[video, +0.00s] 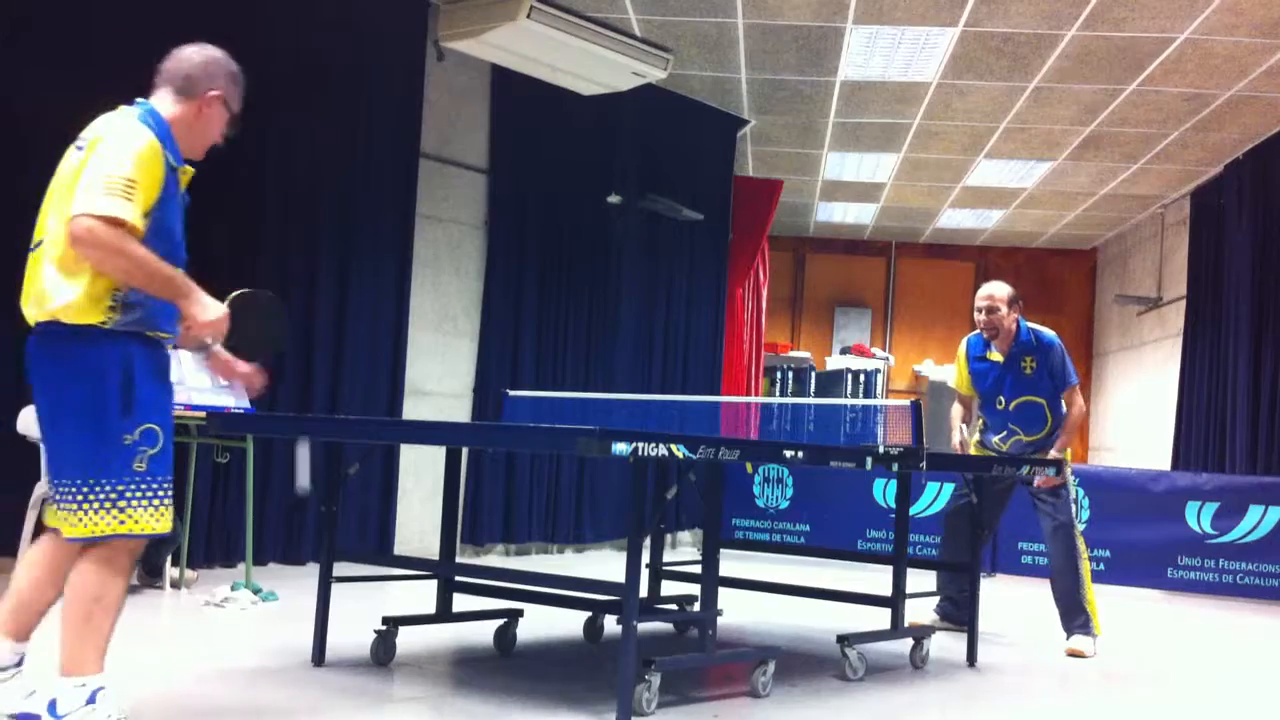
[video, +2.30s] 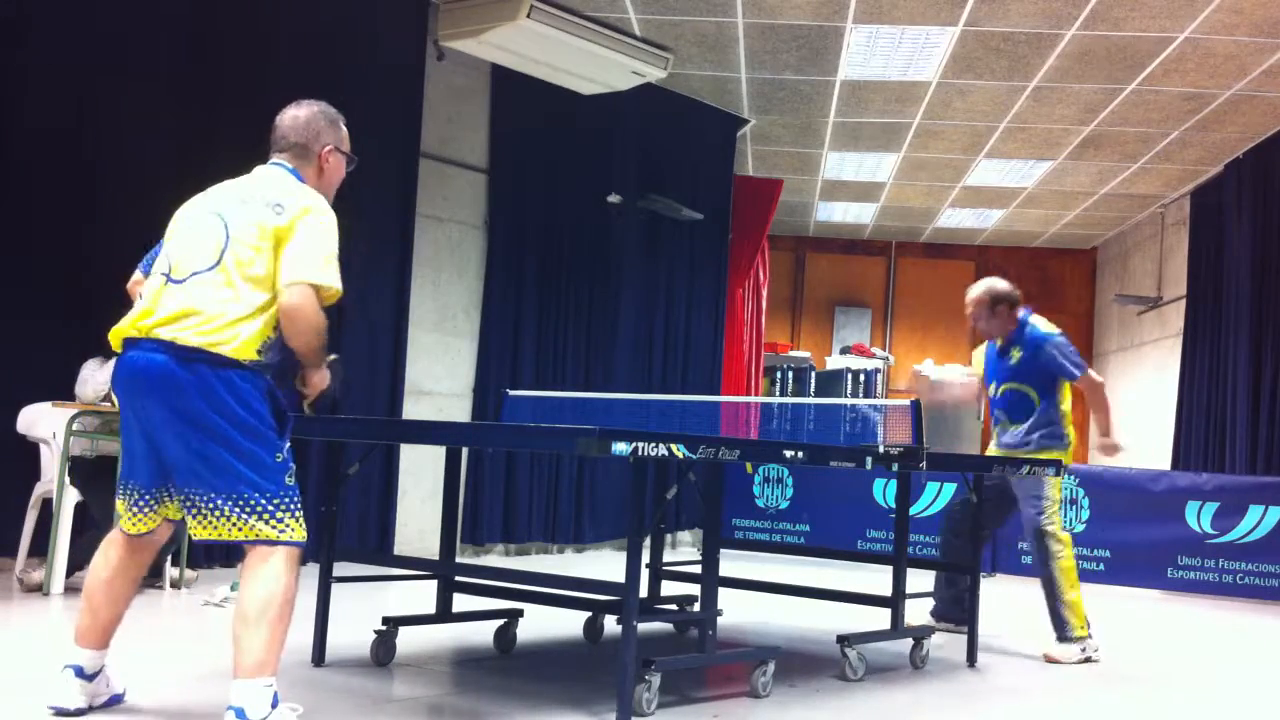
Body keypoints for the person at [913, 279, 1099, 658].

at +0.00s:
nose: (984, 318)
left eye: (992, 311)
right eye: (979, 311)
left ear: (1014, 313)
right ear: (973, 314)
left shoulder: (1045, 343)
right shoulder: (970, 347)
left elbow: (1077, 406)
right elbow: (963, 401)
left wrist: (1056, 453)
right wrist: (958, 430)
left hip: (1043, 454)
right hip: (991, 453)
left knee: (1062, 533)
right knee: (959, 522)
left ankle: (1080, 631)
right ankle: (954, 613)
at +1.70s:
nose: (958, 321)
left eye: (966, 312)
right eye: (954, 315)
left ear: (990, 310)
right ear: (953, 316)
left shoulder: (1023, 339)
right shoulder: (962, 349)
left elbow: (1062, 396)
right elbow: (962, 404)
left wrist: (1025, 434)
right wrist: (940, 425)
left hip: (1038, 453)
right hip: (994, 452)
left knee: (1043, 529)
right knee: (955, 523)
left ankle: (1075, 631)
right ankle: (954, 613)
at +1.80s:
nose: (958, 330)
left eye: (965, 321)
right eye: (953, 323)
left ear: (989, 317)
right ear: (951, 324)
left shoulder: (1017, 344)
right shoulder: (971, 354)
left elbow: (1038, 400)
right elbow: (966, 414)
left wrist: (986, 420)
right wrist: (929, 443)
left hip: (1044, 455)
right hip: (1006, 456)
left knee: (1042, 530)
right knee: (960, 519)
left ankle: (1078, 640)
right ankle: (954, 615)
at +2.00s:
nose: (944, 352)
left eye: (947, 343)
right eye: (941, 345)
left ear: (970, 336)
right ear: (972, 337)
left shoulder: (989, 356)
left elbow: (1004, 364)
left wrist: (1010, 366)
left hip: (1044, 462)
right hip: (1014, 463)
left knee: (1018, 538)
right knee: (965, 518)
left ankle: (1074, 639)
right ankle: (954, 615)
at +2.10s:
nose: (943, 354)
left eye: (946, 345)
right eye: (941, 347)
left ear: (968, 338)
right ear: (967, 339)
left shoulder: (996, 361)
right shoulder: (984, 363)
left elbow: (1043, 372)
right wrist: (1091, 437)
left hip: (1041, 465)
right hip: (1009, 466)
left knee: (1018, 540)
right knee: (962, 519)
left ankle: (1074, 639)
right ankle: (953, 615)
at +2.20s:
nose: (954, 342)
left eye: (956, 333)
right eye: (952, 334)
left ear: (979, 327)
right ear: (974, 329)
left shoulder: (1018, 352)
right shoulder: (989, 360)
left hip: (1038, 463)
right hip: (1005, 464)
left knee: (1026, 536)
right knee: (956, 522)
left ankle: (1076, 640)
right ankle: (952, 614)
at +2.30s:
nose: (974, 326)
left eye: (979, 318)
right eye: (972, 318)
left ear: (1006, 312)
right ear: (992, 315)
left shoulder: (1045, 341)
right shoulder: (991, 347)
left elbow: (1093, 386)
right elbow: (979, 392)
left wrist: (1105, 437)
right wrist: (934, 391)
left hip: (1040, 456)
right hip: (1001, 454)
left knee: (1047, 535)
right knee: (960, 520)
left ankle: (1078, 639)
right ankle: (952, 614)